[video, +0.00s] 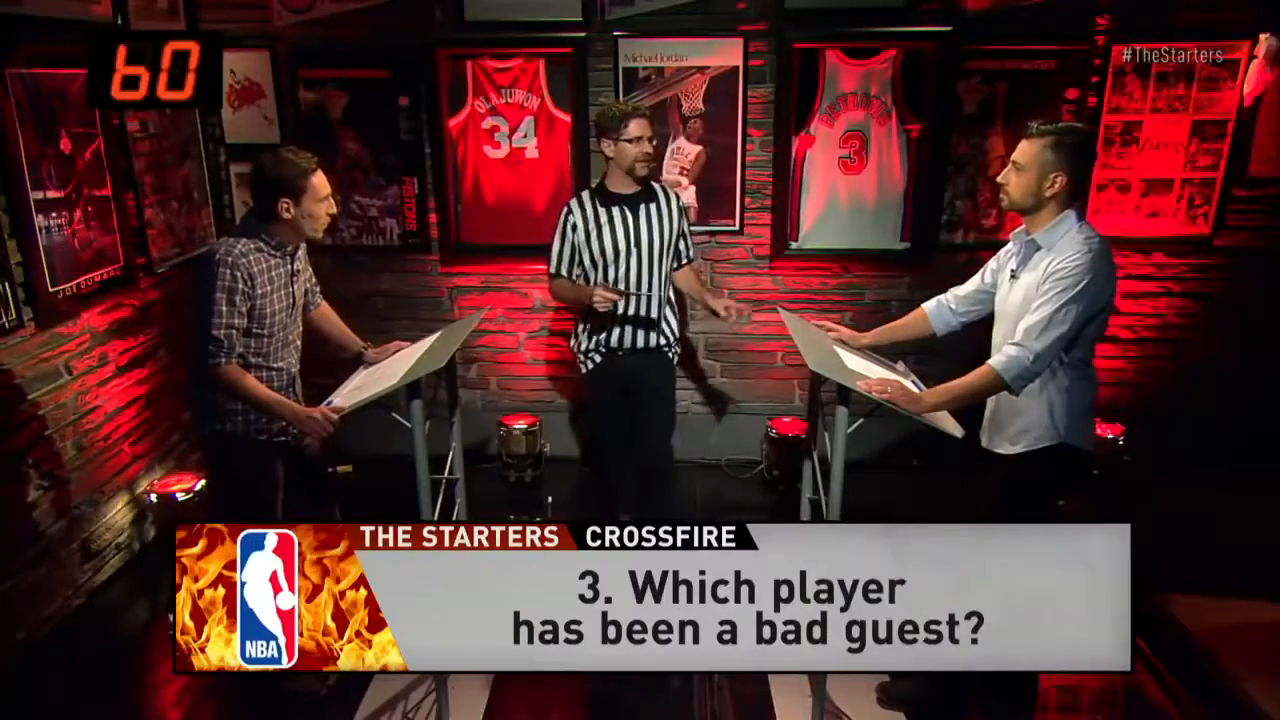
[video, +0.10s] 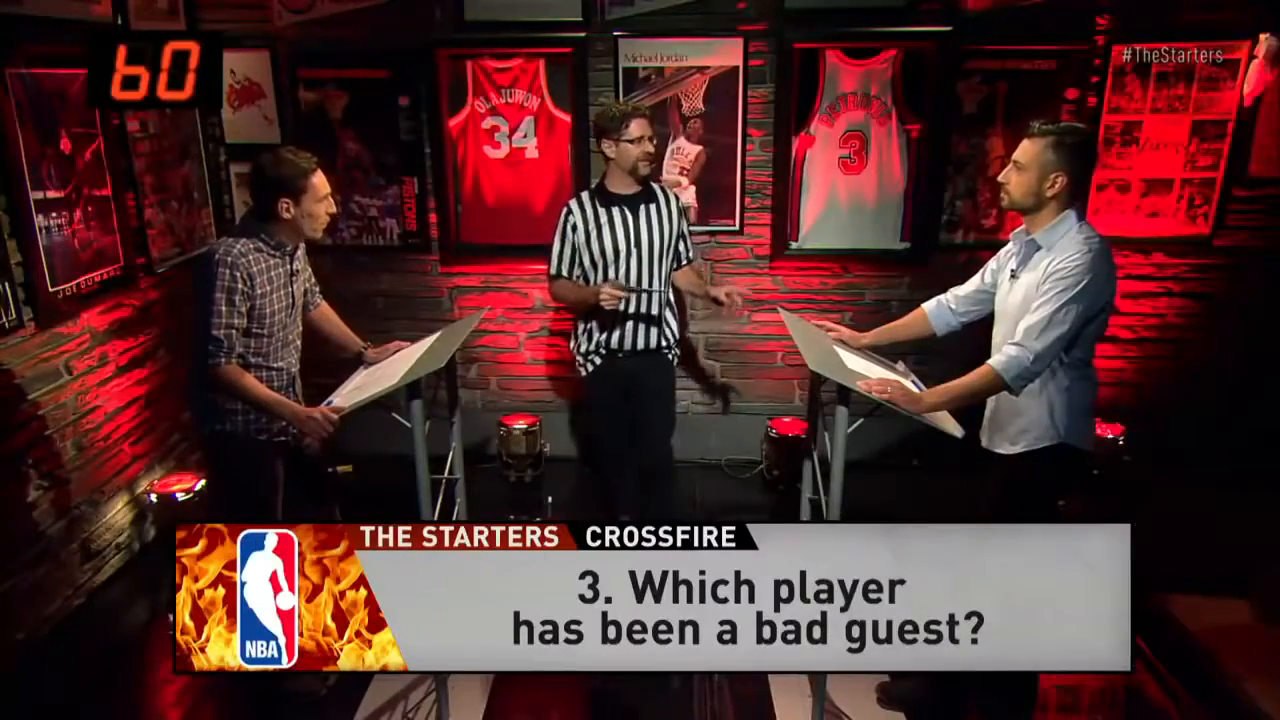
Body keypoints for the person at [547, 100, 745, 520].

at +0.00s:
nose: (648, 149)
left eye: (651, 140)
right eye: (636, 141)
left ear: (654, 144)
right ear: (607, 147)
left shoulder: (669, 202)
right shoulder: (580, 210)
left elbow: (681, 267)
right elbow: (558, 284)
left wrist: (707, 296)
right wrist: (588, 296)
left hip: (657, 355)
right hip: (603, 356)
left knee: (656, 456)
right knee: (608, 457)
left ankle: (657, 536)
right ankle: (610, 535)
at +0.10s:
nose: (650, 149)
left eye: (652, 140)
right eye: (638, 141)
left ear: (653, 143)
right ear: (608, 148)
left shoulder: (669, 203)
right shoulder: (580, 210)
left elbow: (681, 269)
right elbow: (559, 286)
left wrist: (709, 291)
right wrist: (593, 296)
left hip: (656, 357)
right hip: (602, 358)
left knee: (655, 458)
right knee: (606, 460)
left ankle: (656, 538)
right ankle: (608, 538)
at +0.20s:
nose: (650, 150)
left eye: (652, 141)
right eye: (638, 141)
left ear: (654, 144)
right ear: (608, 148)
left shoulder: (669, 204)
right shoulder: (579, 211)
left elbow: (682, 271)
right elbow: (560, 288)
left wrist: (714, 286)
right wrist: (597, 294)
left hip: (656, 358)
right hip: (602, 360)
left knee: (656, 459)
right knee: (606, 460)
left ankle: (657, 540)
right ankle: (611, 540)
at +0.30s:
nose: (647, 155)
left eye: (652, 146)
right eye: (635, 146)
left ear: (656, 147)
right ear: (607, 150)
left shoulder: (670, 204)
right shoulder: (578, 212)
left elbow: (684, 272)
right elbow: (562, 291)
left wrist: (717, 274)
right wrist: (603, 290)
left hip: (658, 360)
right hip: (604, 363)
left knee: (657, 465)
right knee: (607, 466)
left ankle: (657, 546)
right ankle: (609, 547)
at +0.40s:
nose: (644, 160)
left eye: (650, 150)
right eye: (633, 150)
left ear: (658, 150)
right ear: (607, 150)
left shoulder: (671, 204)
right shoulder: (581, 213)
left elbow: (686, 275)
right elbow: (565, 292)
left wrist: (717, 266)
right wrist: (607, 287)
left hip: (662, 362)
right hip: (606, 365)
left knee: (660, 468)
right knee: (608, 469)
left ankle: (659, 548)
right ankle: (610, 549)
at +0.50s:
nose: (645, 162)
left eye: (652, 152)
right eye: (634, 151)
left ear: (661, 151)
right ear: (611, 151)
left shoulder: (676, 204)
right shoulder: (585, 213)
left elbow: (690, 277)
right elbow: (568, 292)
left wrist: (722, 253)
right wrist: (612, 285)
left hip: (665, 366)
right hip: (609, 368)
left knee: (663, 473)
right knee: (609, 475)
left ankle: (664, 553)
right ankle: (611, 555)